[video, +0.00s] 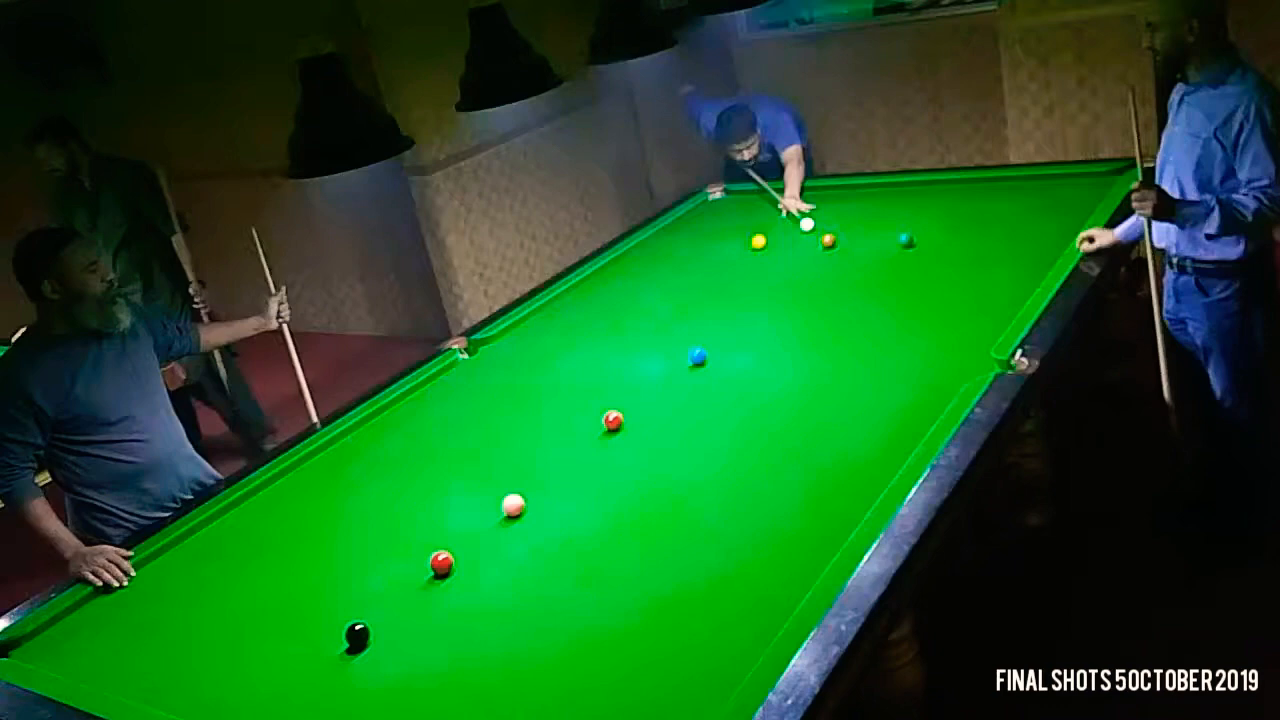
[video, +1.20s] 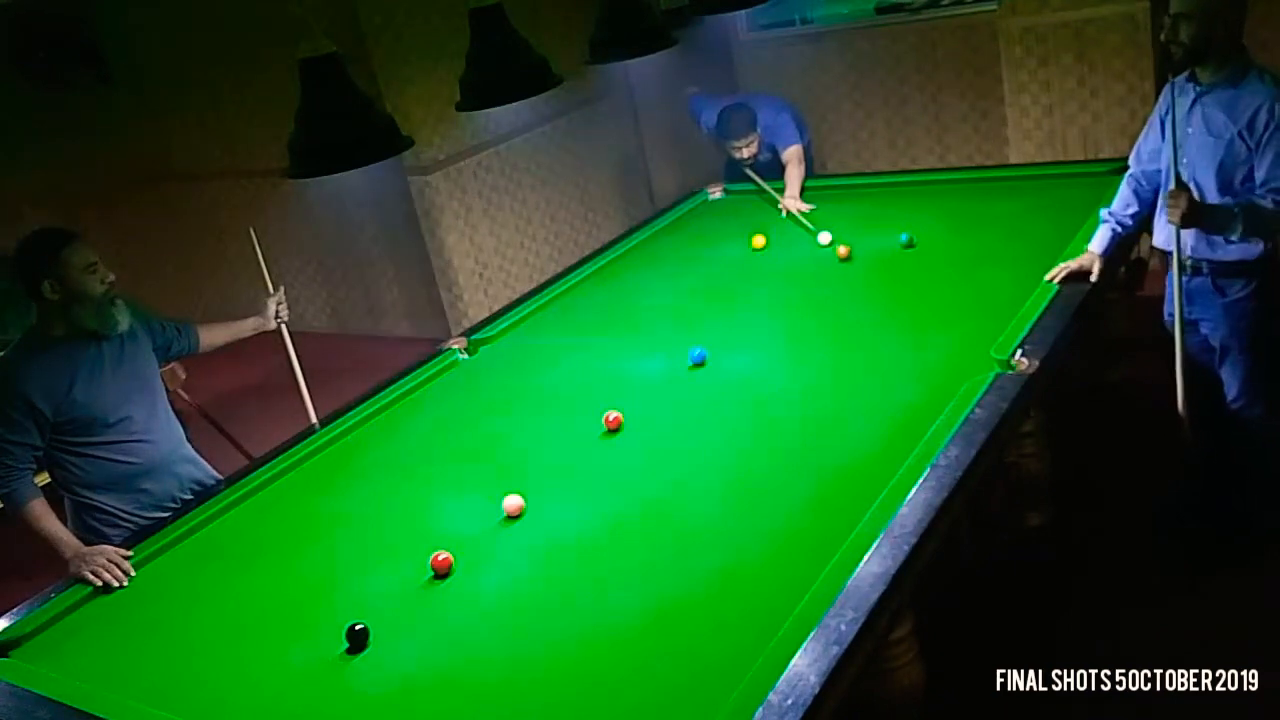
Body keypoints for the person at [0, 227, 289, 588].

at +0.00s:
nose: (110, 276)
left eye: (104, 263)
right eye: (91, 268)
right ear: (52, 289)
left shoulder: (134, 324)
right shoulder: (23, 372)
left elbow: (192, 337)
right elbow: (13, 476)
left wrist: (263, 321)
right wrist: (75, 552)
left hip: (206, 504)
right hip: (129, 543)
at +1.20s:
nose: (110, 277)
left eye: (102, 265)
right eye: (91, 270)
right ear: (51, 290)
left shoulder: (131, 327)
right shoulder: (25, 373)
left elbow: (188, 338)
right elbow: (13, 477)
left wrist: (260, 321)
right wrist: (75, 552)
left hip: (206, 504)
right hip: (130, 545)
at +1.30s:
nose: (110, 277)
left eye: (102, 266)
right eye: (91, 270)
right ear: (50, 291)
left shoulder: (131, 325)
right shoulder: (25, 373)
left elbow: (187, 338)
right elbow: (13, 477)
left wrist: (261, 321)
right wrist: (75, 552)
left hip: (206, 503)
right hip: (129, 543)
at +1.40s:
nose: (109, 278)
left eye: (102, 267)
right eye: (90, 271)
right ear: (49, 291)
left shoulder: (129, 324)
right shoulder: (25, 373)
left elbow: (187, 338)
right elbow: (13, 477)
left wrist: (261, 321)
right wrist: (75, 552)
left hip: (205, 502)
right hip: (129, 543)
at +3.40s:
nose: (113, 274)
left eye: (106, 263)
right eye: (95, 267)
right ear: (58, 286)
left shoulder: (126, 321)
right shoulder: (29, 366)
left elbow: (169, 347)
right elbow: (18, 472)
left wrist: (249, 334)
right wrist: (73, 550)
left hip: (201, 495)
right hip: (130, 533)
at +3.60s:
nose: (121, 264)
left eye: (114, 254)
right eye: (105, 259)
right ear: (69, 276)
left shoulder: (122, 313)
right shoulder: (42, 358)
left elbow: (157, 369)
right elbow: (28, 464)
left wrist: (239, 376)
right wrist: (80, 544)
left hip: (204, 487)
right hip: (143, 525)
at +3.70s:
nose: (129, 259)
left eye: (122, 249)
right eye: (113, 253)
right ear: (78, 270)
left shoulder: (124, 312)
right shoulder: (56, 349)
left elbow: (158, 376)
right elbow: (41, 457)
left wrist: (228, 388)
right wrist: (102, 531)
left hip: (205, 486)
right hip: (152, 521)